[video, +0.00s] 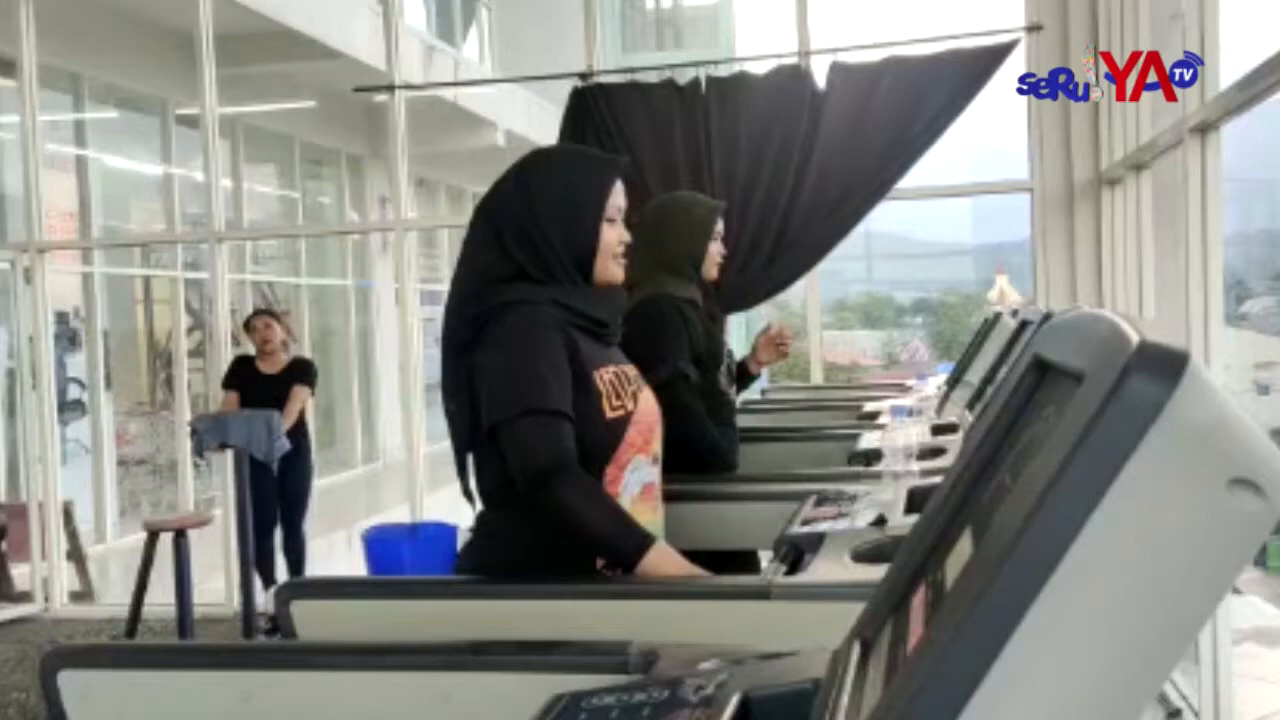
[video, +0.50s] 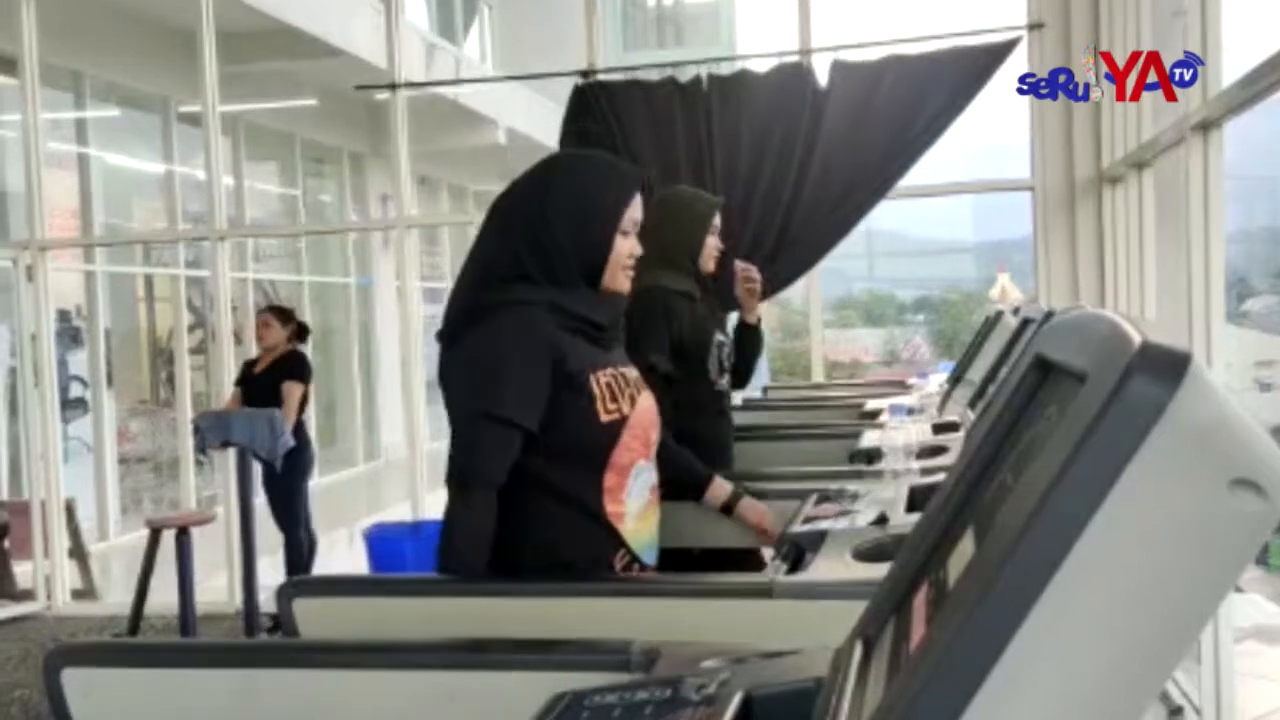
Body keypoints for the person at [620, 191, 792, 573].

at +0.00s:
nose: (722, 251)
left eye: (721, 240)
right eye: (715, 239)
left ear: (692, 244)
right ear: (687, 242)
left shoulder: (689, 302)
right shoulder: (663, 307)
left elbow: (708, 391)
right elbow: (679, 402)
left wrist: (752, 364)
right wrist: (724, 467)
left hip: (702, 476)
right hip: (679, 484)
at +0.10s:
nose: (723, 251)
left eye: (721, 240)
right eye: (716, 240)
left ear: (693, 245)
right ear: (687, 243)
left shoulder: (693, 303)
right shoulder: (664, 307)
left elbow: (714, 391)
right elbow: (679, 400)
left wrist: (753, 358)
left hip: (707, 474)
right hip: (683, 481)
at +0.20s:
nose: (724, 248)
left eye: (722, 237)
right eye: (716, 236)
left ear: (693, 243)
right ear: (688, 240)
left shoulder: (692, 297)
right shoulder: (666, 302)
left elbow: (718, 385)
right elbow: (679, 399)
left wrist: (755, 347)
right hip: (690, 474)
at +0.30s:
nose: (723, 245)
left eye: (721, 234)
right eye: (715, 233)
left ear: (691, 239)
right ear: (686, 237)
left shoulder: (693, 296)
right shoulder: (663, 299)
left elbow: (724, 388)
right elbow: (669, 401)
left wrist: (755, 336)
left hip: (713, 465)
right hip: (686, 472)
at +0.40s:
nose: (722, 244)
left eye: (720, 234)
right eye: (714, 233)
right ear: (685, 235)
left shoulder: (694, 297)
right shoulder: (659, 299)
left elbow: (730, 385)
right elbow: (657, 400)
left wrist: (754, 325)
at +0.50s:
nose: (719, 245)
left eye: (718, 234)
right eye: (711, 234)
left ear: (688, 238)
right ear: (683, 236)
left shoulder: (699, 297)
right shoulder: (657, 295)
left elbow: (736, 377)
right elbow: (649, 394)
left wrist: (749, 315)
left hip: (711, 463)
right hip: (675, 472)